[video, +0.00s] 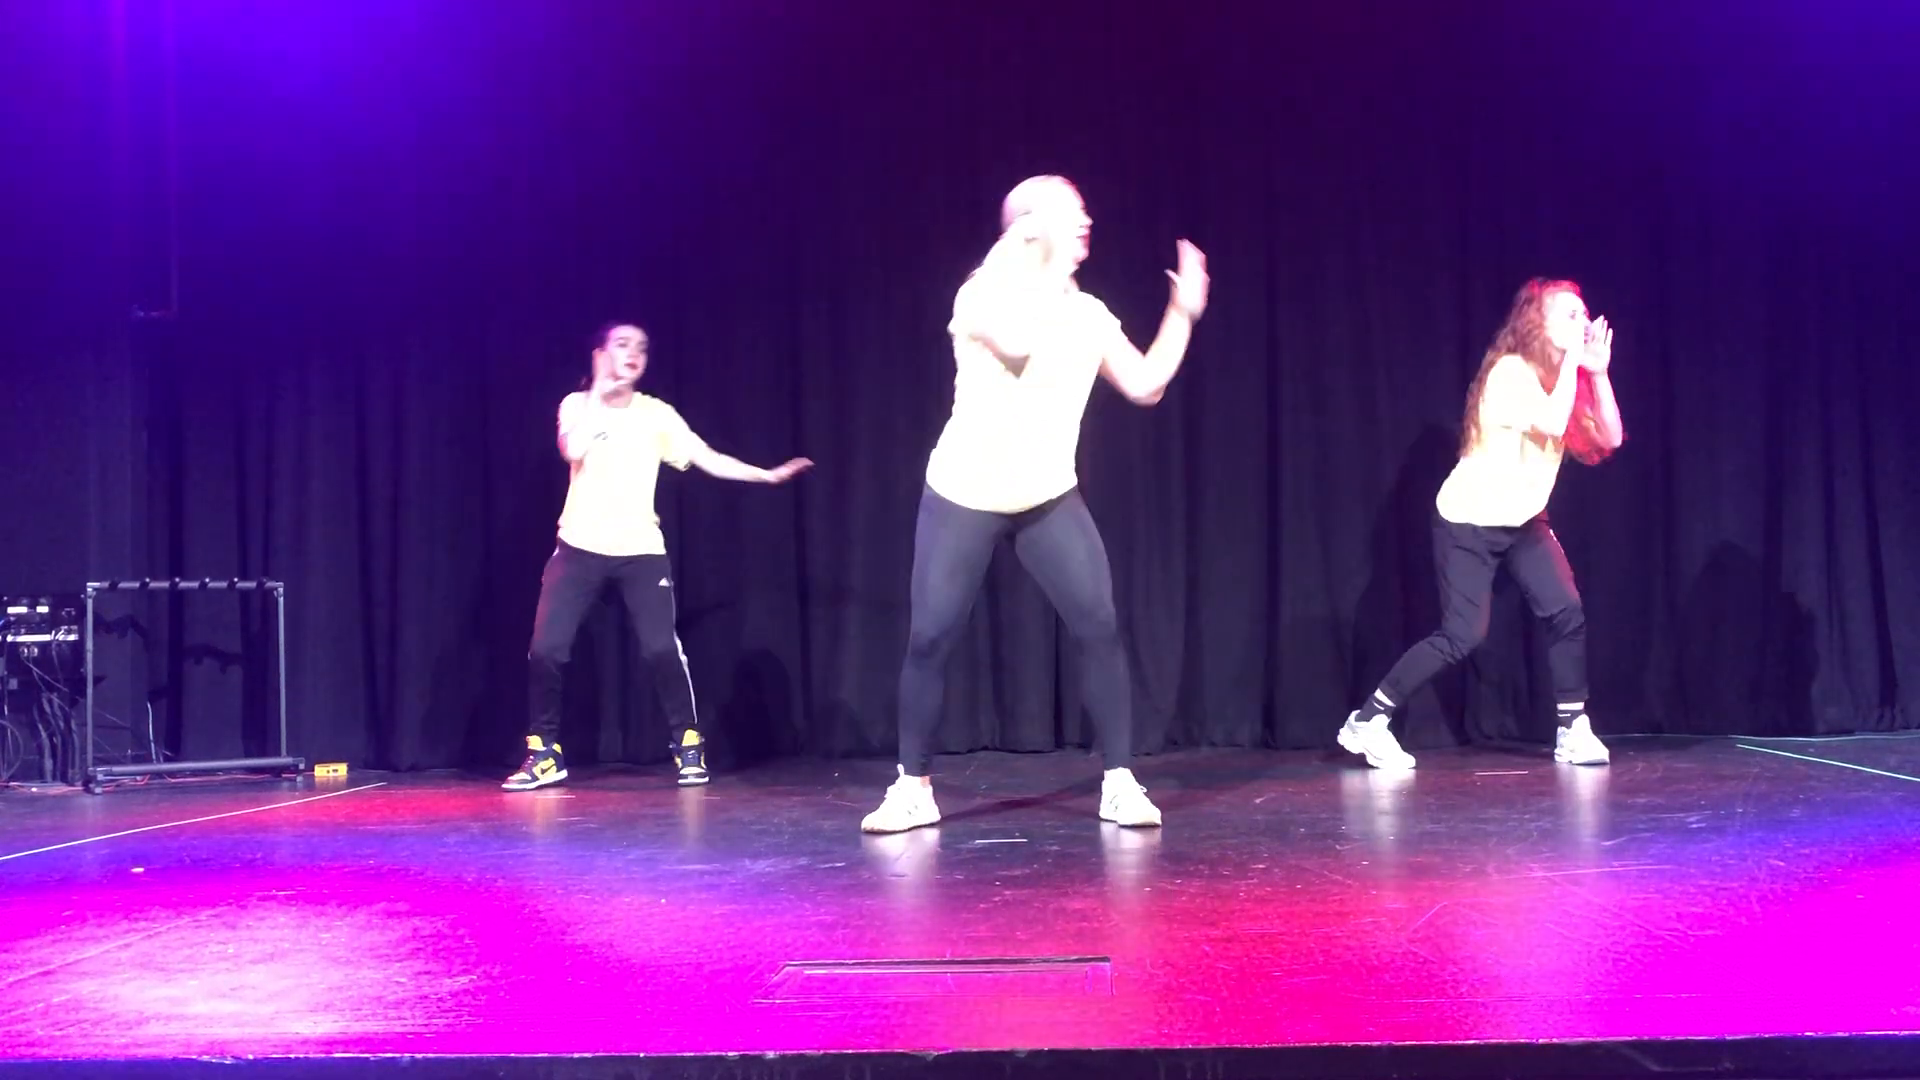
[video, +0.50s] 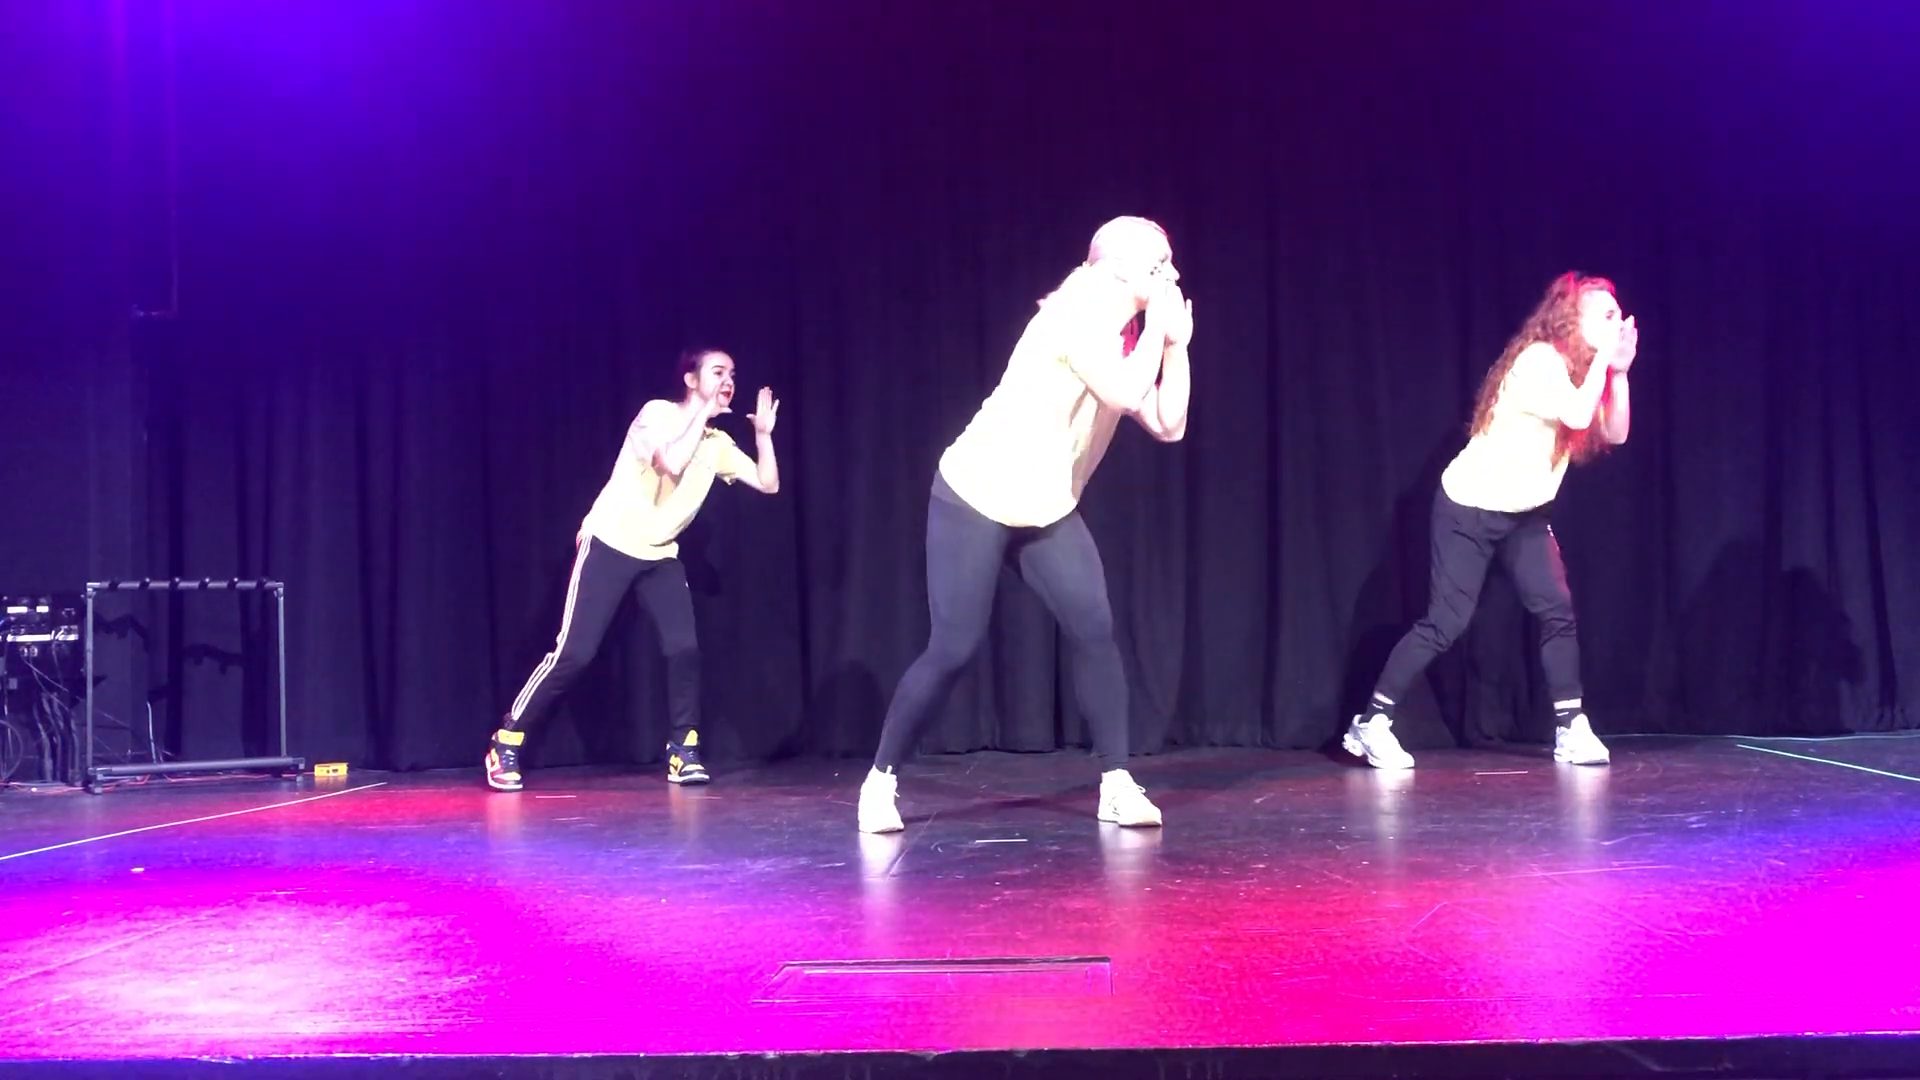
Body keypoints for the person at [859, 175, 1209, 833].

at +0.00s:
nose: (1088, 221)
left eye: (1085, 210)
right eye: (1074, 208)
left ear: (1072, 227)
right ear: (1032, 220)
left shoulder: (1085, 311)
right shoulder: (986, 288)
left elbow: (1145, 383)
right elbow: (1011, 344)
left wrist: (1182, 312)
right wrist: (1025, 249)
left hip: (1049, 494)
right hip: (965, 491)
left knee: (1098, 622)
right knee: (930, 634)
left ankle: (1119, 781)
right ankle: (912, 787)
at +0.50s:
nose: (1165, 272)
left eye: (1167, 262)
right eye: (1152, 260)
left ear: (1163, 271)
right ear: (1108, 262)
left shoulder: (1129, 331)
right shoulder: (1081, 304)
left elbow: (1169, 425)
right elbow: (1121, 391)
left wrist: (1178, 343)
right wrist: (1158, 323)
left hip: (1047, 505)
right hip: (974, 492)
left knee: (1094, 626)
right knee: (954, 645)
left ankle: (1116, 781)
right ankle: (882, 778)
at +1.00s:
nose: (1107, 333)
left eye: (1113, 322)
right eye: (1094, 322)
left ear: (1120, 324)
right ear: (1056, 325)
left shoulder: (1112, 379)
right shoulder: (1014, 366)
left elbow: (1166, 465)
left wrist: (1137, 397)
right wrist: (1073, 386)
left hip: (1034, 512)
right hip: (949, 504)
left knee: (1074, 632)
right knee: (930, 628)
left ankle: (1117, 780)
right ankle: (880, 779)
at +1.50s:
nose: (852, 308)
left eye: (864, 293)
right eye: (839, 298)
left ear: (890, 299)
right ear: (823, 313)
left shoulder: (945, 329)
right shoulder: (847, 385)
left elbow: (951, 396)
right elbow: (822, 478)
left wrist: (877, 351)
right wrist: (821, 391)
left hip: (1035, 490)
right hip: (951, 508)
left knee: (1072, 624)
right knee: (924, 635)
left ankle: (1118, 775)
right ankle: (885, 782)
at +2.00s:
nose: (932, 208)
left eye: (949, 197)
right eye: (922, 201)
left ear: (979, 214)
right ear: (910, 220)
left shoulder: (1012, 272)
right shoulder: (897, 292)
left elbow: (1037, 314)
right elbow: (846, 350)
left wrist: (966, 259)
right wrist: (892, 270)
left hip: (1020, 476)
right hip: (934, 486)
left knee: (1067, 620)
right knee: (914, 629)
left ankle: (1117, 774)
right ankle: (882, 782)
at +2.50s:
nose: (1099, 206)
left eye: (1094, 196)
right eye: (1083, 195)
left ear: (1071, 217)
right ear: (1043, 212)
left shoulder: (1091, 305)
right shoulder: (995, 283)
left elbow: (1167, 352)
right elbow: (952, 377)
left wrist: (1213, 276)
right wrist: (949, 473)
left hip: (1040, 488)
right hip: (960, 476)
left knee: (1072, 625)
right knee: (913, 626)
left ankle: (1114, 779)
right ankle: (867, 772)